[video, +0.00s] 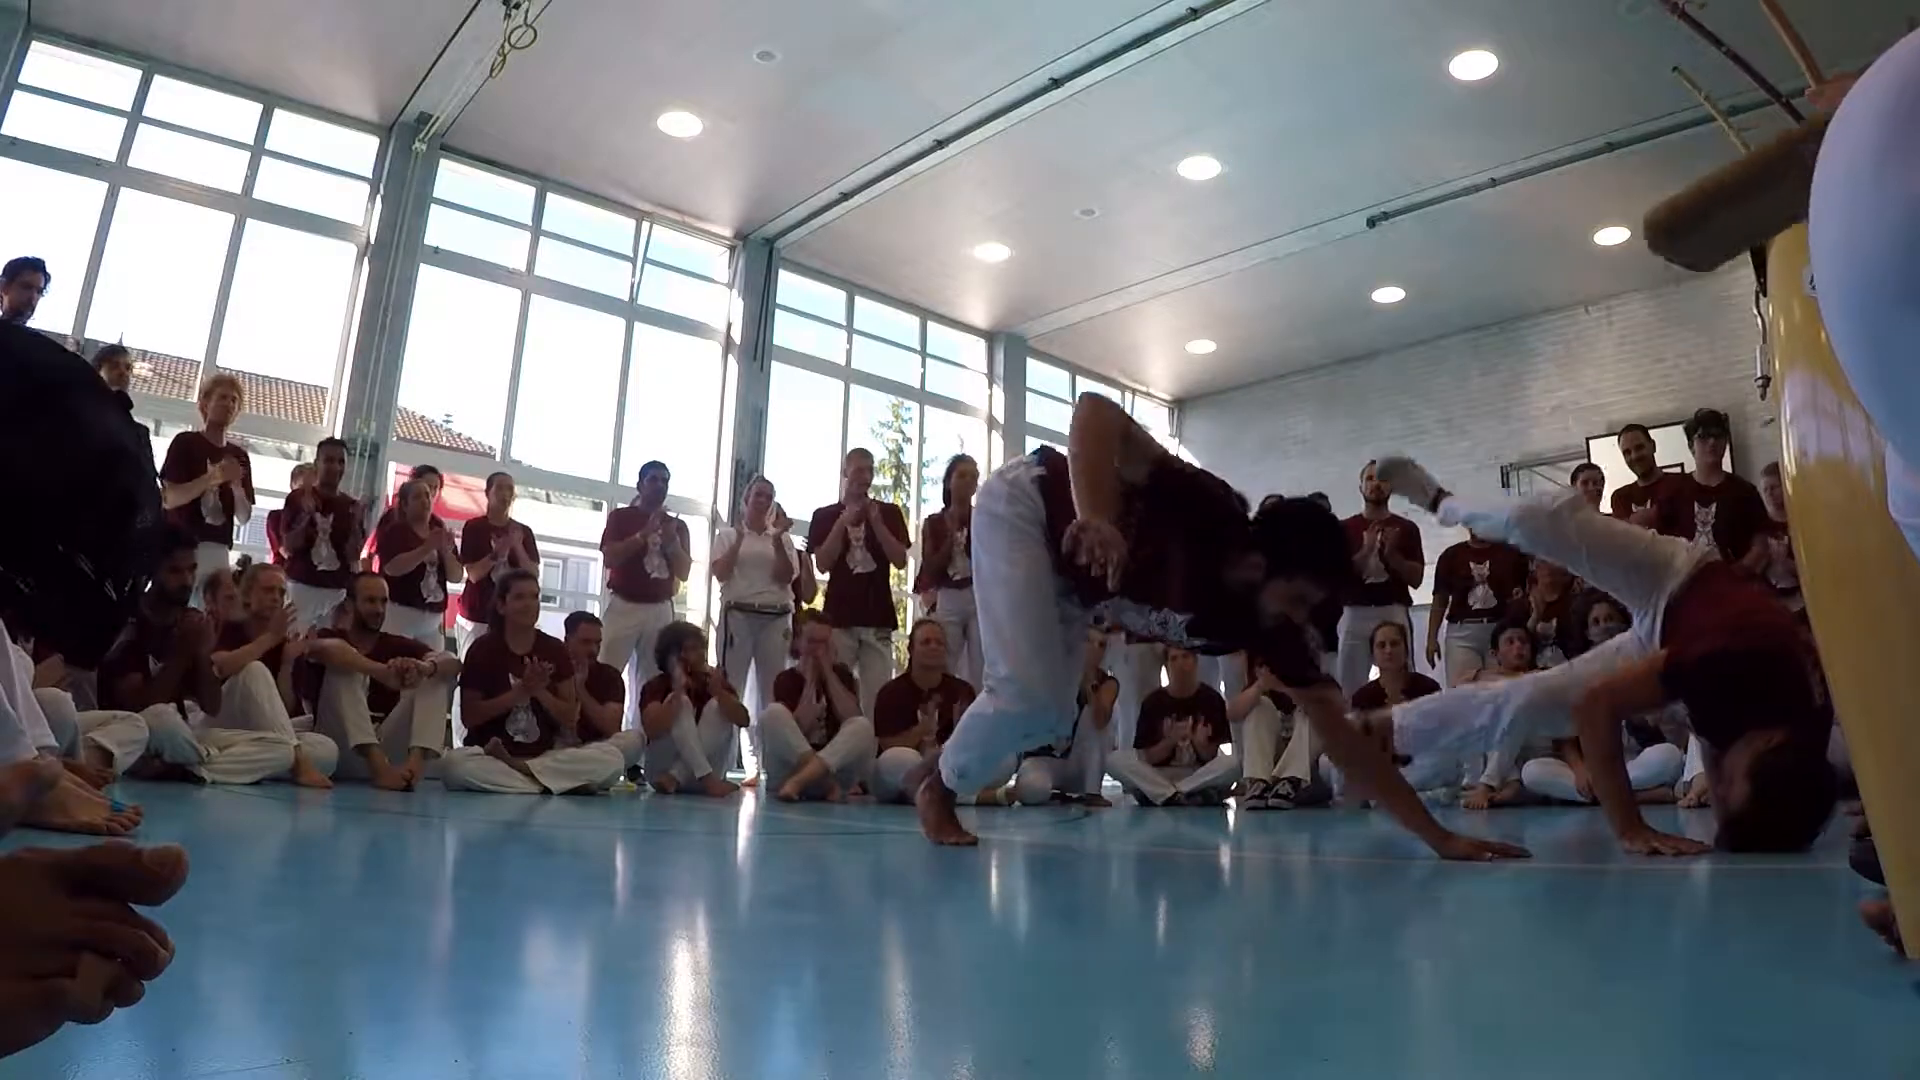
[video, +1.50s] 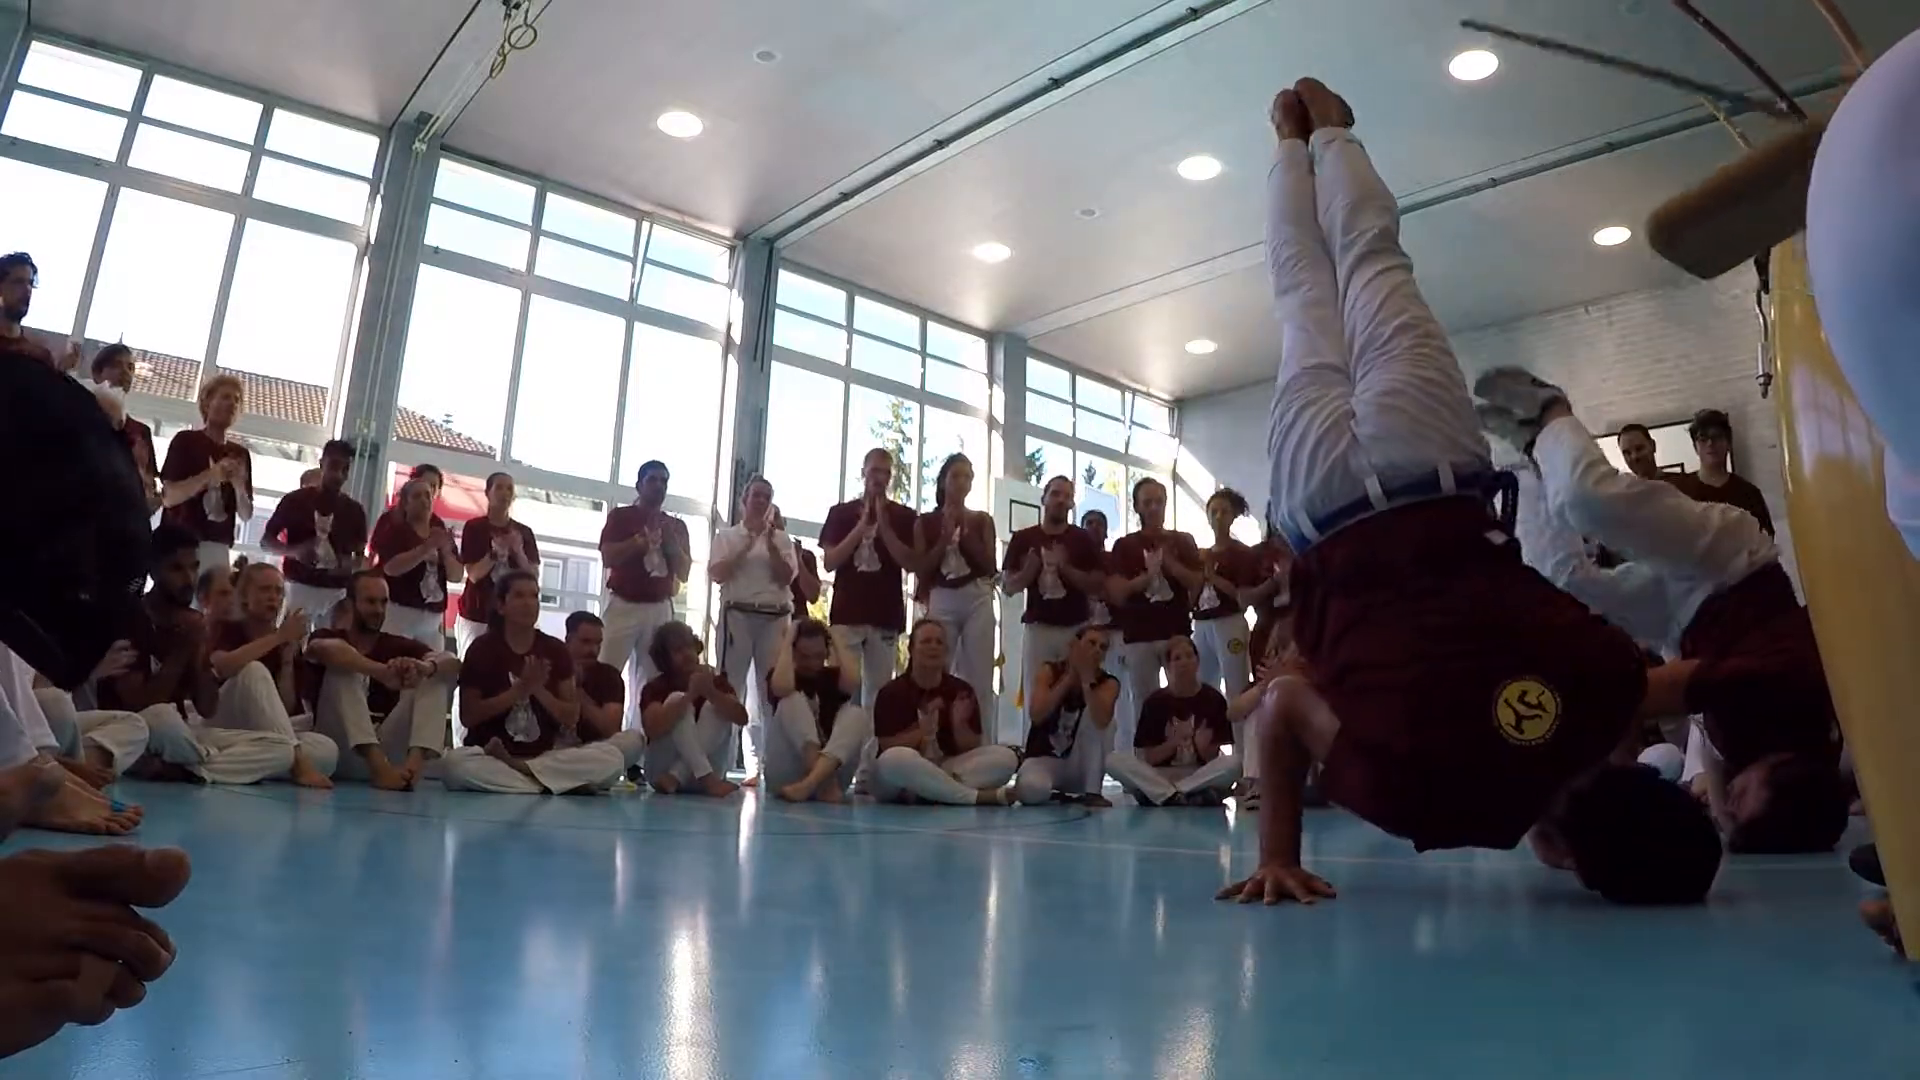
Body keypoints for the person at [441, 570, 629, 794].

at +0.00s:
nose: (530, 604)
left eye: (535, 597)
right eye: (520, 598)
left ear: (540, 603)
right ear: (501, 606)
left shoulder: (555, 648)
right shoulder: (482, 649)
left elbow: (569, 717)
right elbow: (470, 717)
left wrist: (539, 690)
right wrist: (523, 691)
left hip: (546, 757)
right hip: (490, 756)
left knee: (613, 759)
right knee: (454, 766)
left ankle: (525, 767)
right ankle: (544, 786)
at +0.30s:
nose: (530, 604)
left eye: (535, 597)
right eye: (520, 598)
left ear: (541, 602)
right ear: (501, 605)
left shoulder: (555, 648)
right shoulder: (482, 648)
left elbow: (570, 717)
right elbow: (469, 717)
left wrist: (538, 691)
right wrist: (521, 691)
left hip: (546, 754)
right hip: (488, 753)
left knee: (612, 758)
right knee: (455, 767)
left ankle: (522, 766)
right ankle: (548, 786)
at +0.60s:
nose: (529, 603)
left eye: (534, 597)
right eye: (519, 597)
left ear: (540, 603)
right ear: (500, 605)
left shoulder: (556, 649)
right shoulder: (481, 648)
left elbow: (570, 717)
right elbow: (469, 717)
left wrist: (536, 690)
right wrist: (521, 690)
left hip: (545, 756)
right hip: (488, 755)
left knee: (612, 759)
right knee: (455, 766)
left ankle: (521, 766)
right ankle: (549, 786)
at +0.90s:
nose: (529, 603)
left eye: (534, 597)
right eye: (519, 597)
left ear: (540, 603)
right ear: (500, 606)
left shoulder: (556, 649)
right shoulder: (482, 648)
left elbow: (570, 717)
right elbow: (470, 718)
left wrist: (536, 690)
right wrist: (521, 690)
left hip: (545, 756)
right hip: (489, 754)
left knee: (612, 758)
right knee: (456, 767)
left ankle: (523, 766)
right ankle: (548, 786)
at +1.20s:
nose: (530, 603)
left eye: (534, 597)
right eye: (520, 596)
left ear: (540, 603)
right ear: (501, 605)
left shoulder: (556, 648)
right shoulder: (481, 647)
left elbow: (570, 716)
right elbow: (468, 715)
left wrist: (536, 687)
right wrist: (522, 688)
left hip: (545, 756)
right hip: (487, 755)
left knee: (612, 759)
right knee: (454, 765)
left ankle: (521, 765)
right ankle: (549, 786)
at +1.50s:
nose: (530, 603)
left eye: (534, 596)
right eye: (520, 596)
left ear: (540, 603)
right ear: (501, 605)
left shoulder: (557, 649)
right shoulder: (481, 648)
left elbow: (570, 717)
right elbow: (468, 716)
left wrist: (535, 688)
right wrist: (521, 689)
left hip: (545, 757)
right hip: (489, 756)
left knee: (612, 758)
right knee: (454, 764)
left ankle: (522, 766)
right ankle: (547, 786)